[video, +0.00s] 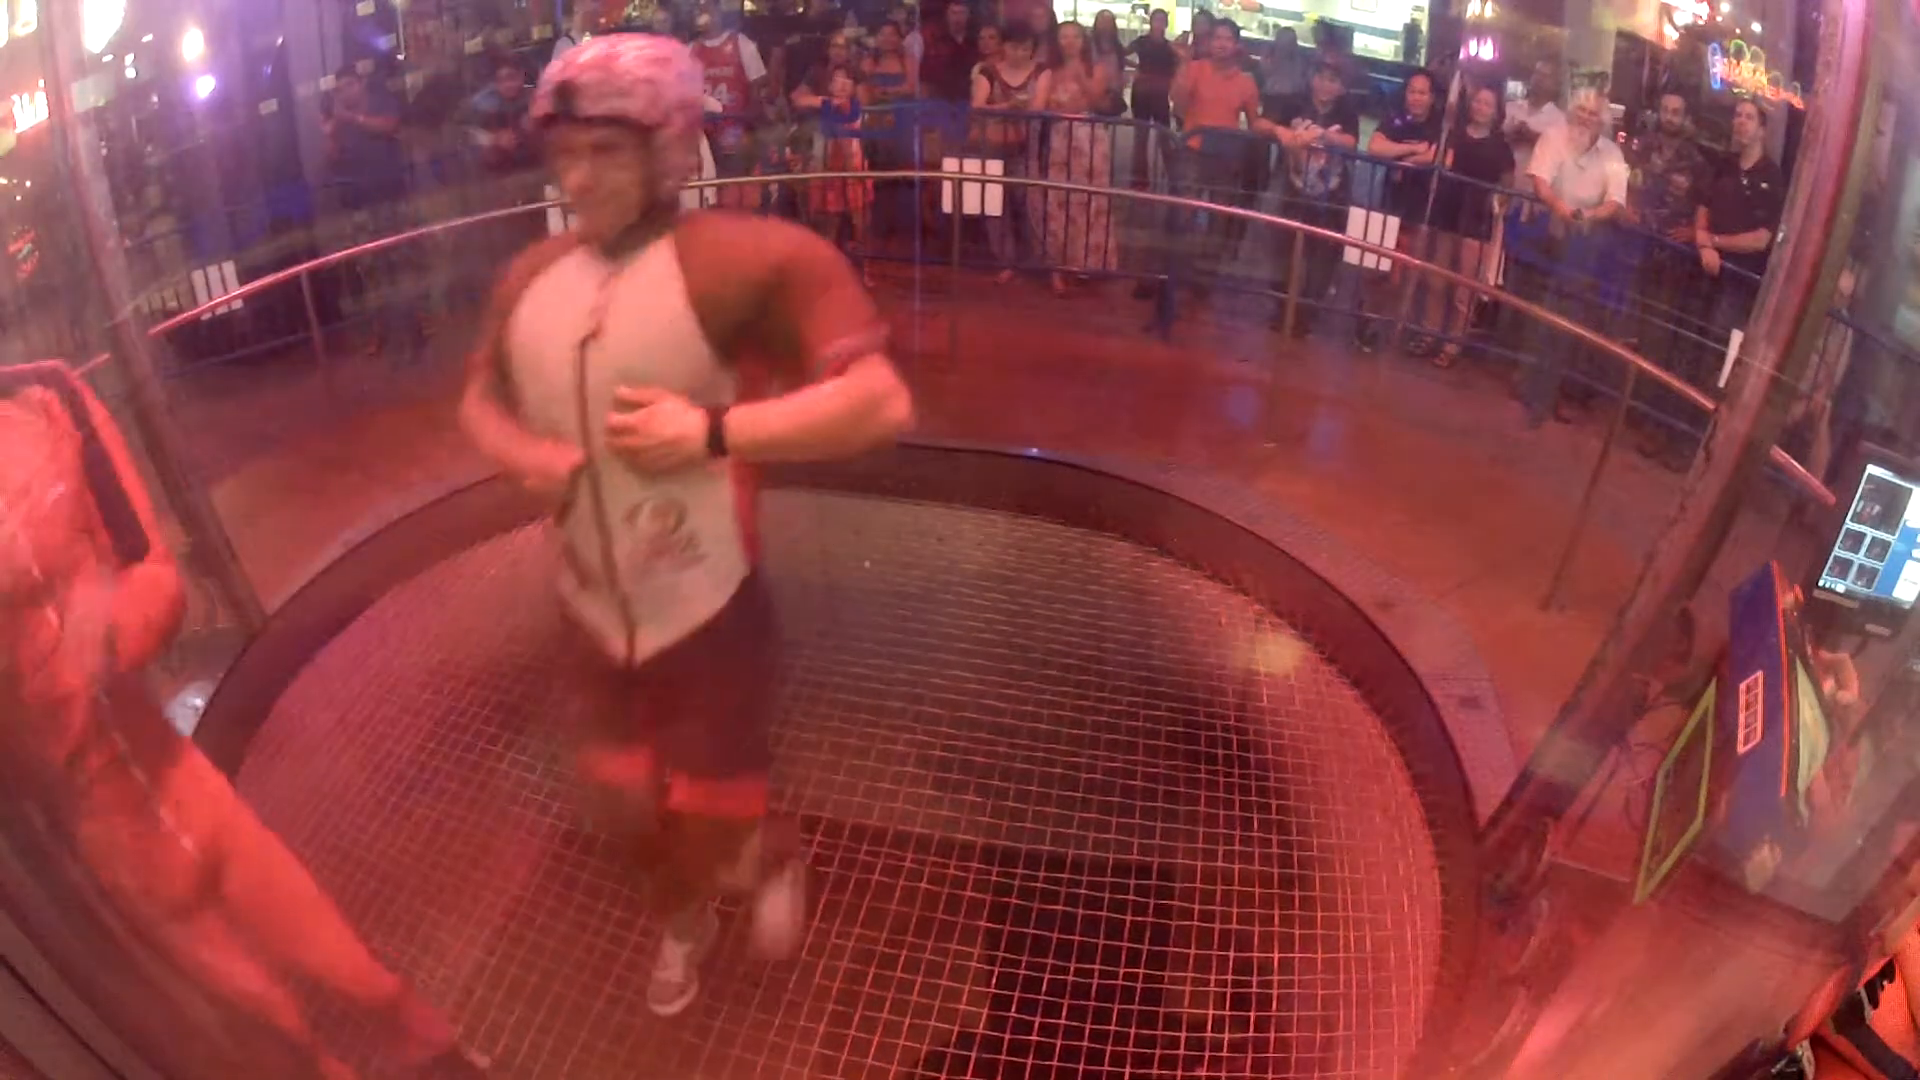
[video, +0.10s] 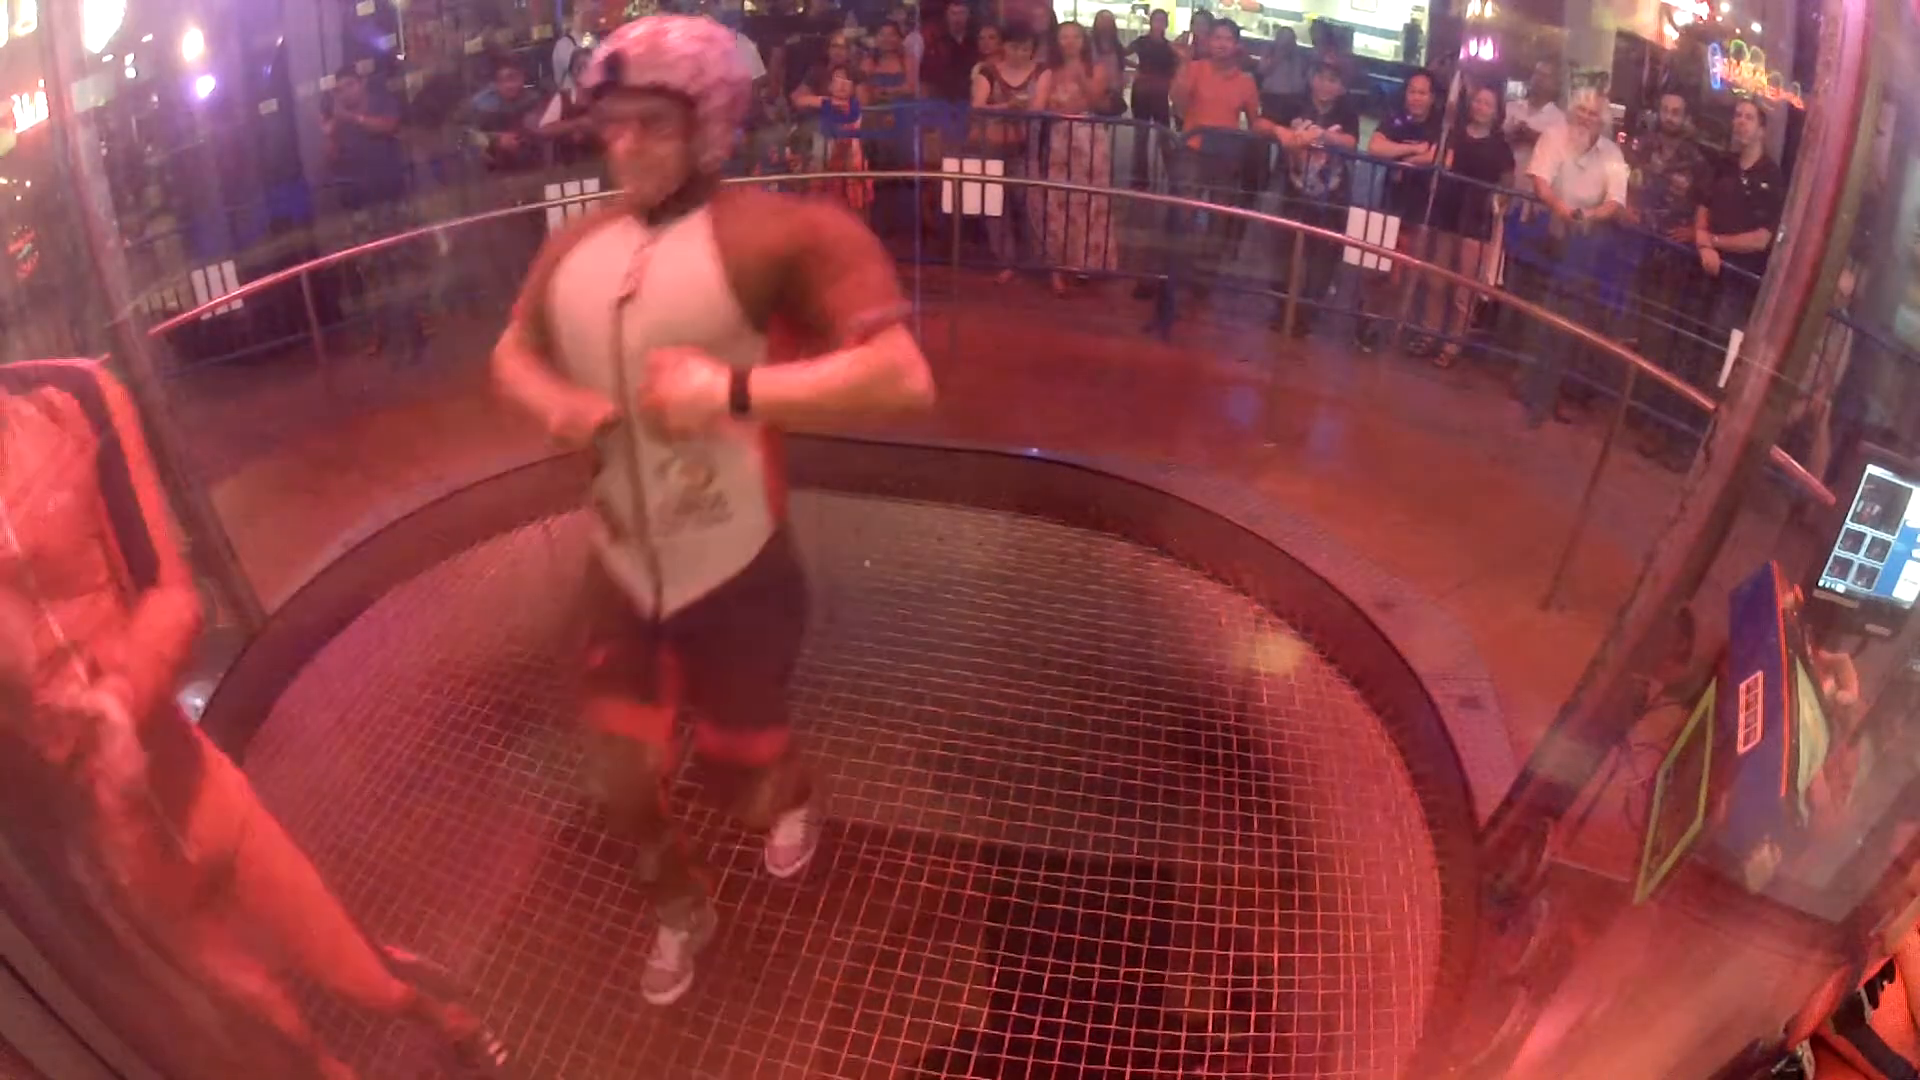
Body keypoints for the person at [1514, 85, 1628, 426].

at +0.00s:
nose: (1585, 118)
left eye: (1592, 114)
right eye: (1580, 111)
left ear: (1603, 119)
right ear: (1570, 111)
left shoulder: (1612, 154)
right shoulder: (1554, 138)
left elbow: (1616, 200)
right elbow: (1540, 182)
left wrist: (1591, 215)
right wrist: (1560, 208)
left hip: (1588, 229)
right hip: (1551, 221)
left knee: (1573, 303)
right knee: (1541, 298)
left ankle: (1553, 388)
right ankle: (1529, 379)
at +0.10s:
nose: (1585, 118)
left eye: (1592, 114)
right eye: (1581, 110)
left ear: (1603, 119)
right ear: (1570, 110)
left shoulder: (1612, 154)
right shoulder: (1554, 137)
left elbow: (1616, 201)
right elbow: (1540, 181)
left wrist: (1590, 215)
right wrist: (1560, 208)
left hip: (1587, 230)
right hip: (1550, 221)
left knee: (1571, 303)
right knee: (1539, 297)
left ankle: (1551, 389)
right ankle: (1528, 379)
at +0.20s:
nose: (1585, 117)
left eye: (1592, 113)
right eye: (1581, 110)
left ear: (1603, 119)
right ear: (1571, 110)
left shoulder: (1612, 154)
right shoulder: (1555, 137)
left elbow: (1616, 200)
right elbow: (1540, 181)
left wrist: (1590, 215)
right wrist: (1561, 209)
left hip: (1587, 229)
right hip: (1551, 221)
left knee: (1572, 303)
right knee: (1539, 298)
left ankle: (1551, 388)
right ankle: (1528, 378)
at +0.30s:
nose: (1585, 118)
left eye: (1592, 114)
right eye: (1581, 111)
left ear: (1603, 120)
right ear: (1571, 111)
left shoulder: (1612, 154)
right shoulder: (1555, 137)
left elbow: (1616, 201)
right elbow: (1540, 182)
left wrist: (1590, 215)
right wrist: (1560, 208)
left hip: (1588, 229)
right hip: (1551, 220)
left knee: (1572, 302)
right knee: (1540, 297)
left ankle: (1552, 388)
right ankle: (1528, 378)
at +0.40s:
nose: (1585, 118)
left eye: (1592, 114)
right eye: (1581, 111)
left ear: (1603, 120)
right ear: (1570, 111)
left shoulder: (1612, 154)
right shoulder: (1555, 136)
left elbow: (1616, 201)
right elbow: (1540, 181)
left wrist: (1590, 215)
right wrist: (1560, 208)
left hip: (1588, 228)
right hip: (1552, 220)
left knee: (1572, 302)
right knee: (1539, 296)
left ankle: (1553, 388)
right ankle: (1528, 378)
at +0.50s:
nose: (1585, 118)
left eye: (1592, 114)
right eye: (1581, 111)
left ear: (1603, 120)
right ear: (1570, 111)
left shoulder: (1612, 154)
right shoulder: (1555, 136)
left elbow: (1616, 201)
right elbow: (1540, 181)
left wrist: (1590, 215)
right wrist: (1560, 209)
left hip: (1587, 229)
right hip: (1551, 220)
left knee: (1572, 302)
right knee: (1539, 297)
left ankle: (1555, 387)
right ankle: (1527, 378)